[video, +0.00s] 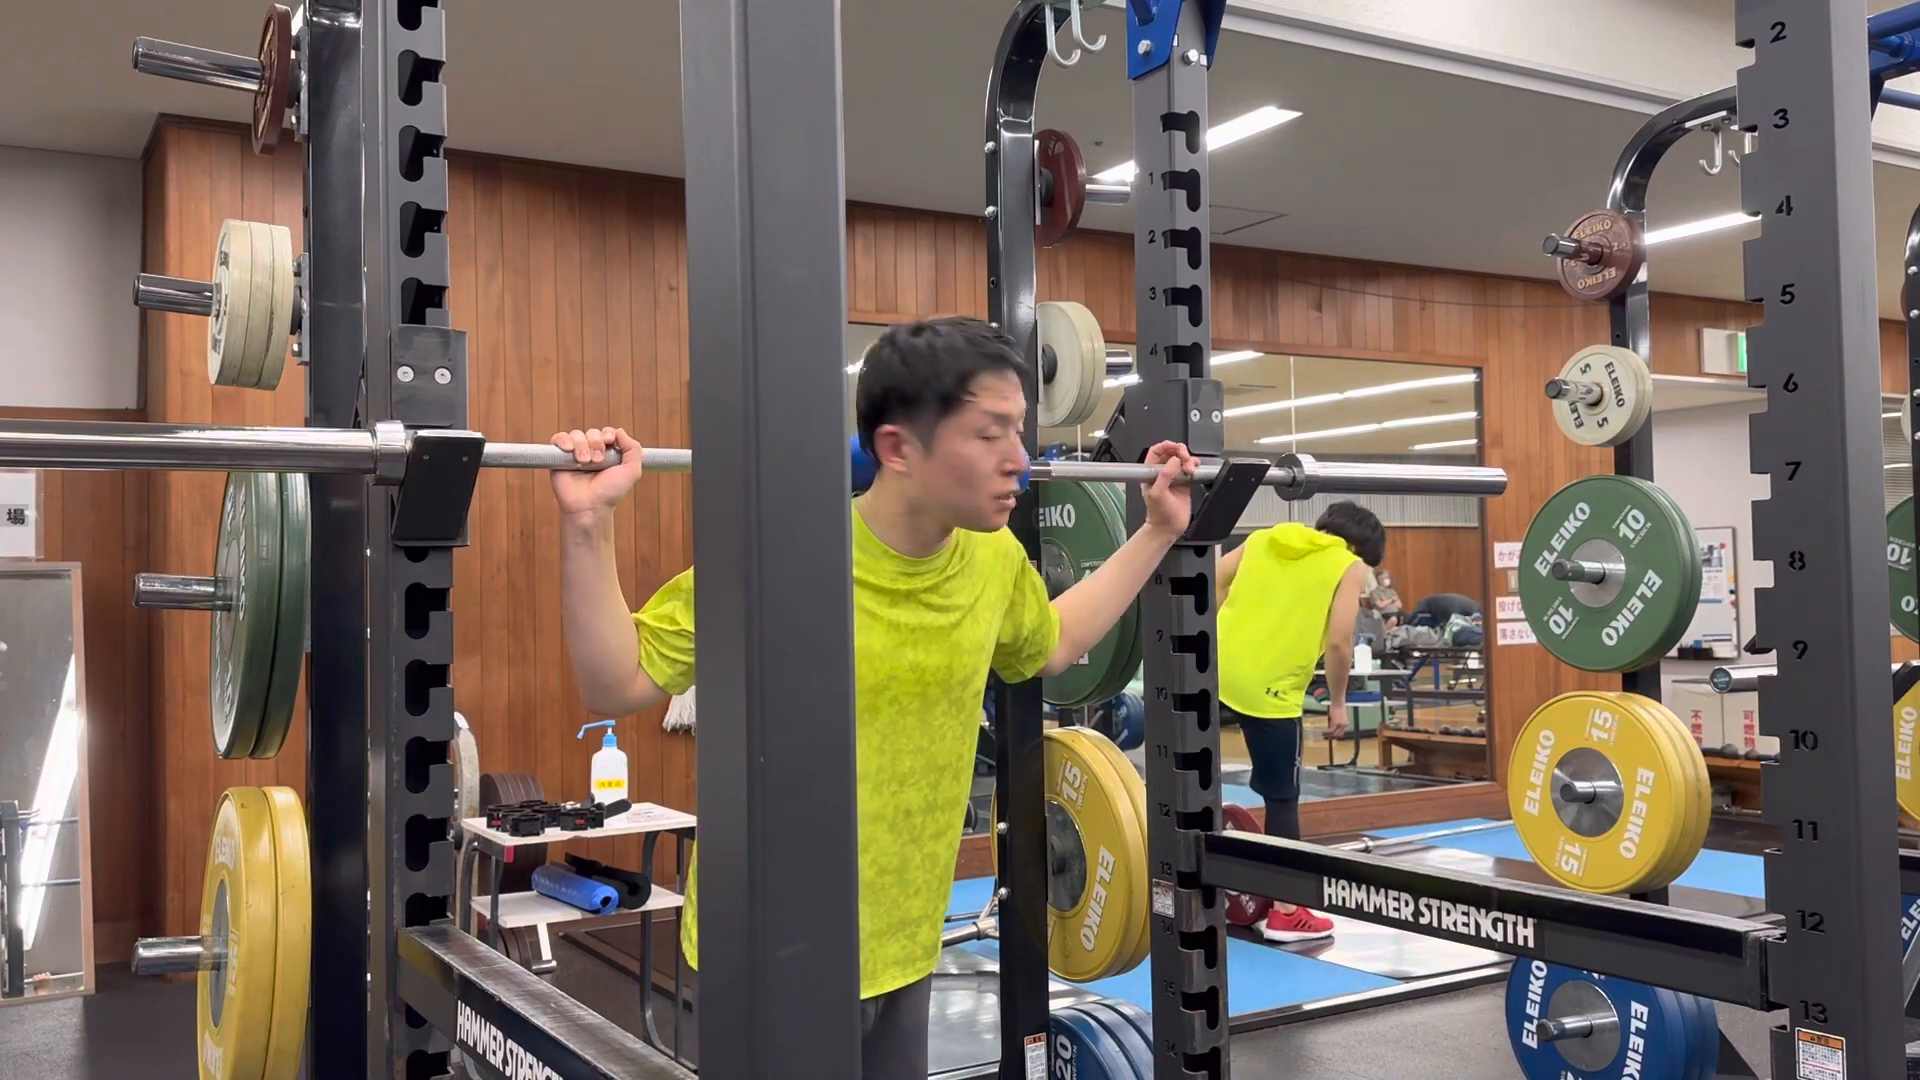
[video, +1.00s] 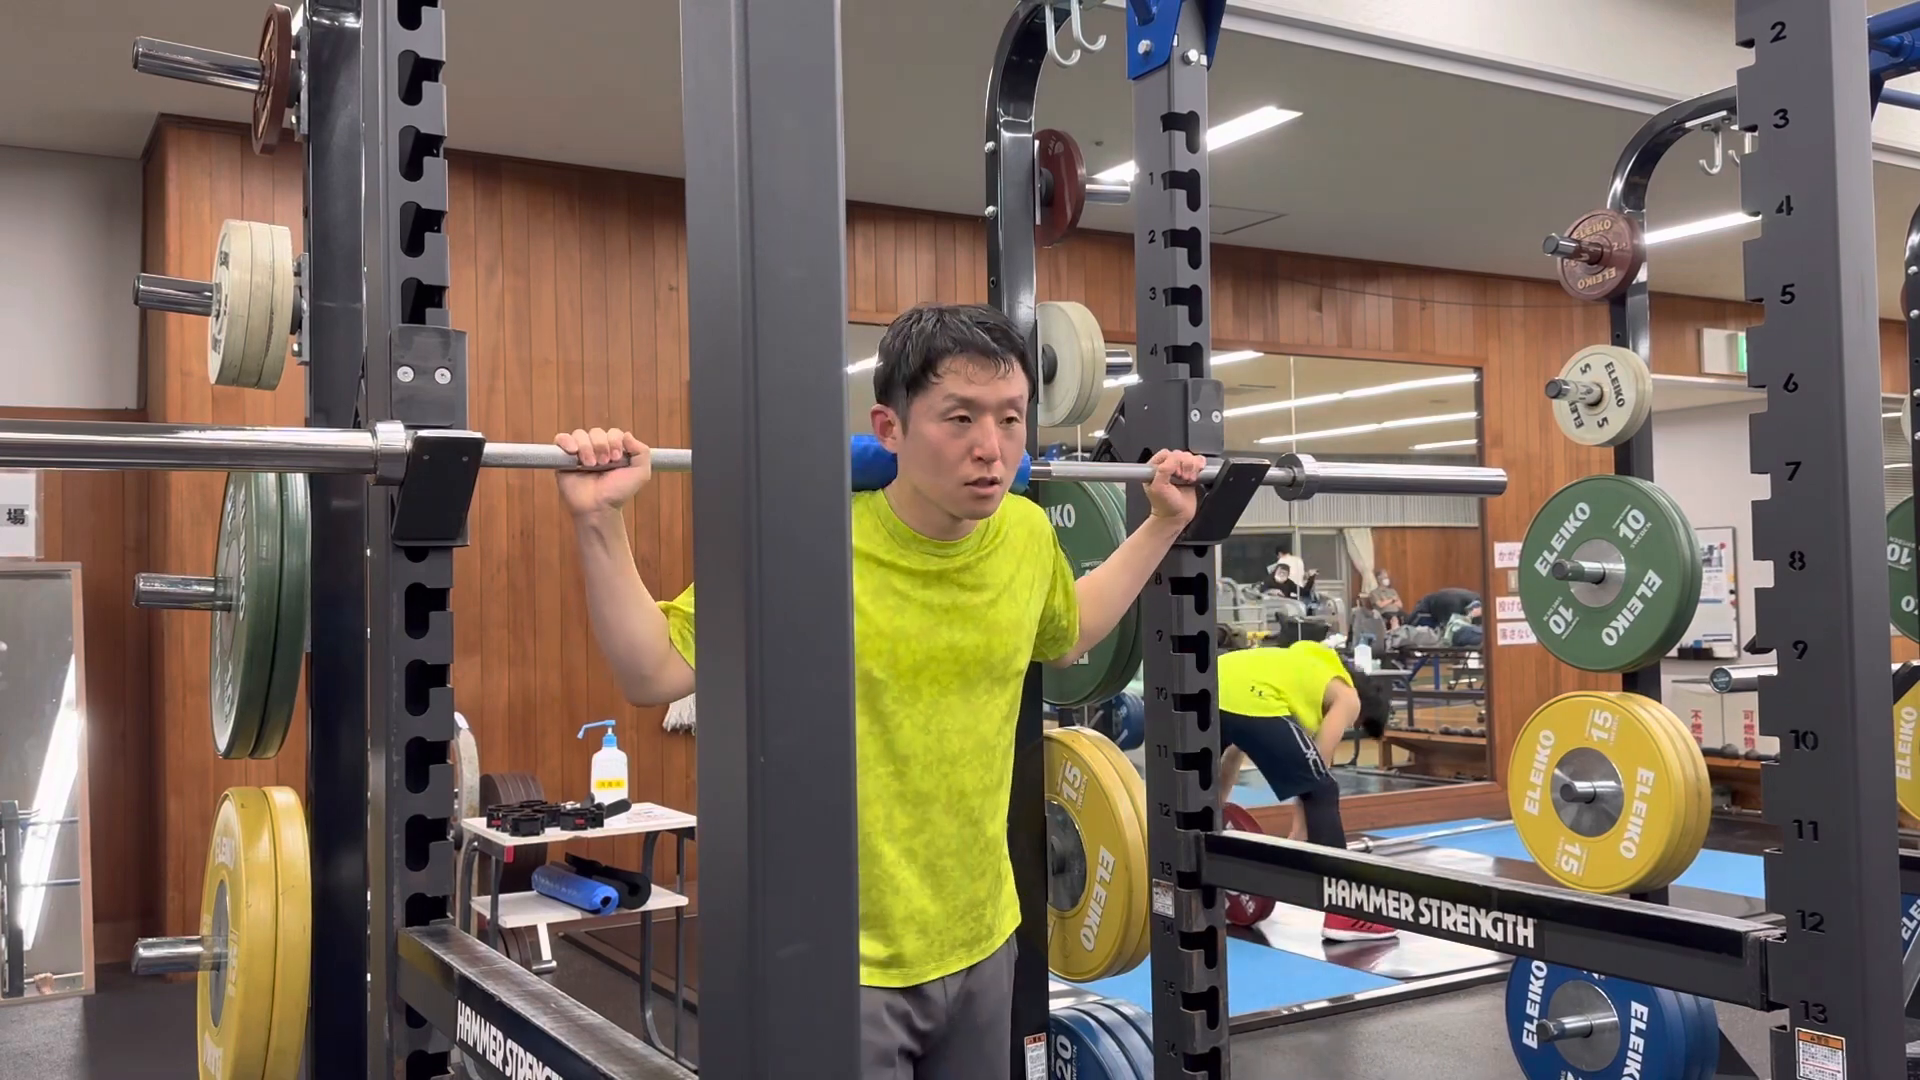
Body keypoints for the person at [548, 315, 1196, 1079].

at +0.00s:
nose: (1020, 461)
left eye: (1019, 434)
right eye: (991, 434)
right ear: (896, 447)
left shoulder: (994, 560)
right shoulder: (785, 559)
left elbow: (1048, 645)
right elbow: (619, 684)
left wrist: (1157, 533)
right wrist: (586, 526)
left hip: (903, 962)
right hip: (770, 970)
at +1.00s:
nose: (990, 449)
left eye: (1009, 420)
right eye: (959, 417)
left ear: (1027, 428)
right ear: (890, 424)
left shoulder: (1025, 533)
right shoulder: (815, 541)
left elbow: (1064, 634)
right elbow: (654, 671)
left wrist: (1163, 527)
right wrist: (599, 523)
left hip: (983, 948)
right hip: (846, 965)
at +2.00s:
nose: (966, 440)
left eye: (987, 410)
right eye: (935, 411)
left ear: (1009, 409)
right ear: (868, 407)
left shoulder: (1015, 512)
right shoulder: (803, 512)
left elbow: (1058, 607)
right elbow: (644, 632)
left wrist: (1168, 510)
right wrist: (591, 495)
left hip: (984, 942)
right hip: (838, 955)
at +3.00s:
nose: (995, 434)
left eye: (1015, 401)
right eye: (962, 404)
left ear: (1036, 398)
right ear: (887, 402)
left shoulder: (1031, 507)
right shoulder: (813, 517)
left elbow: (1062, 599)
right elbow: (644, 638)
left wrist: (1174, 499)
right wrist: (597, 505)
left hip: (1009, 954)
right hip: (851, 977)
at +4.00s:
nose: (1124, 450)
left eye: (1144, 414)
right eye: (1087, 415)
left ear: (1163, 413)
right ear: (1000, 415)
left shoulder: (1143, 540)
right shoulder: (892, 542)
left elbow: (1168, 652)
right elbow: (717, 677)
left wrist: (1290, 539)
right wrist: (673, 520)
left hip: (1107, 991)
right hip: (931, 1013)